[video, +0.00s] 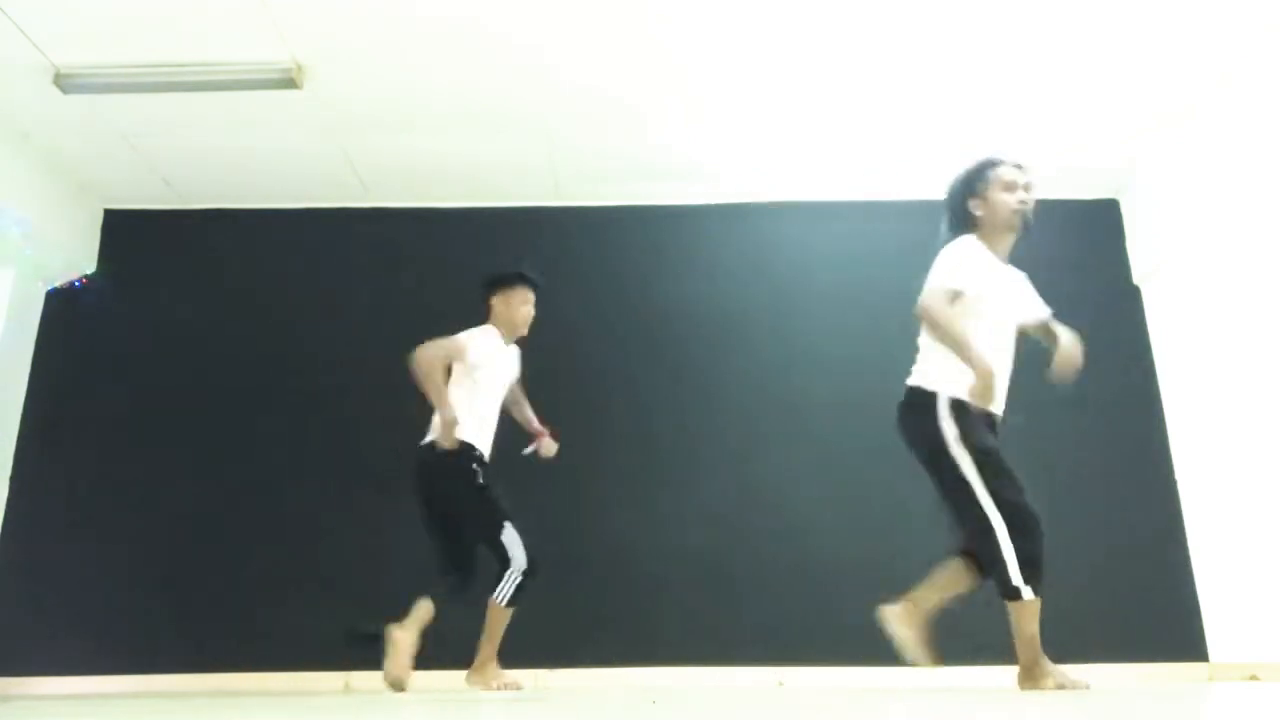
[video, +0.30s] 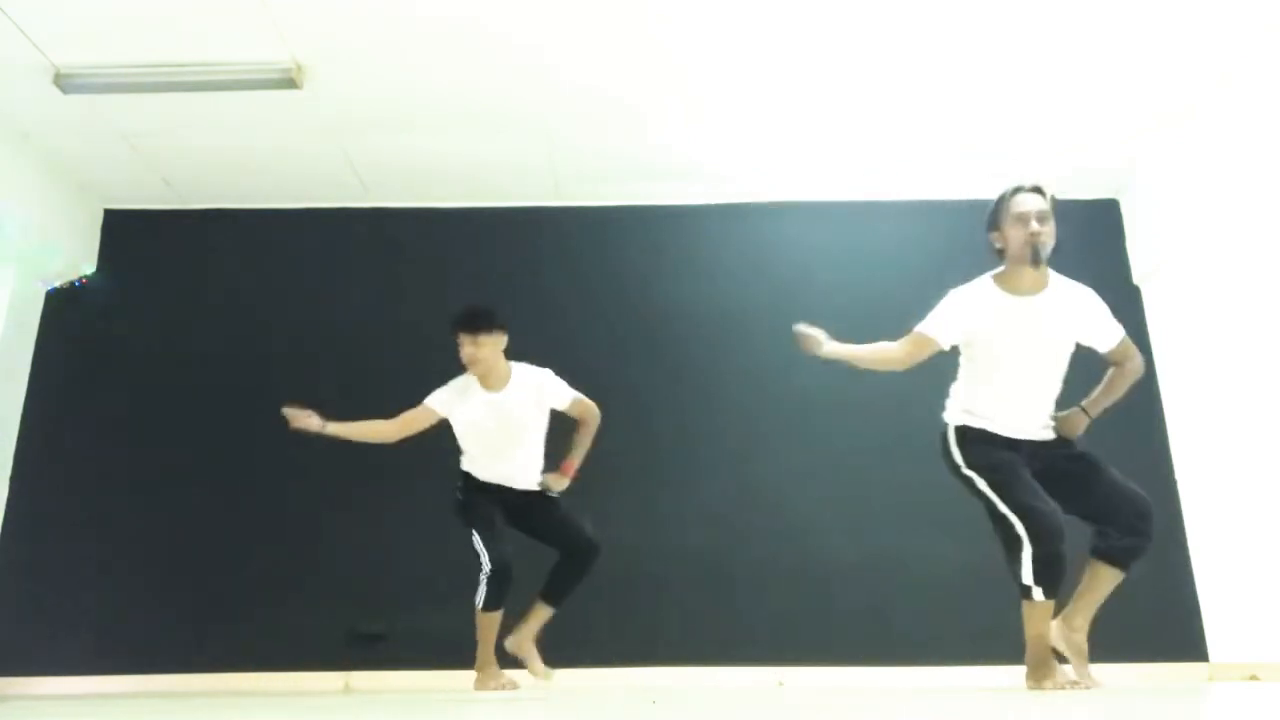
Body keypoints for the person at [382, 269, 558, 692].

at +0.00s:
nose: (531, 314)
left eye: (532, 305)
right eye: (524, 304)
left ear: (522, 310)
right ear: (497, 305)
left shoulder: (509, 354)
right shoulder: (479, 339)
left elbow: (513, 397)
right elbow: (424, 357)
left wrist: (538, 431)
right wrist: (444, 411)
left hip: (442, 461)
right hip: (458, 461)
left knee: (458, 568)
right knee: (517, 561)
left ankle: (406, 632)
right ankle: (485, 666)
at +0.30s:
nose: (466, 354)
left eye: (474, 345)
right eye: (462, 346)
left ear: (501, 343)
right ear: (460, 349)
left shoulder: (538, 382)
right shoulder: (456, 394)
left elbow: (590, 414)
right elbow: (393, 430)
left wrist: (566, 472)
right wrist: (323, 426)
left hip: (526, 492)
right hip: (477, 490)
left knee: (583, 547)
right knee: (497, 567)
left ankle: (524, 635)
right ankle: (486, 667)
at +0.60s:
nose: (479, 358)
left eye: (486, 348)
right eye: (476, 350)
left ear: (514, 345)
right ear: (477, 354)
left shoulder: (560, 380)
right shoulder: (482, 401)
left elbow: (622, 409)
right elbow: (417, 420)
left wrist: (601, 469)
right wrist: (345, 416)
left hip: (568, 492)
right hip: (520, 493)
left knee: (625, 540)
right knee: (525, 567)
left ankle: (594, 638)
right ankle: (491, 670)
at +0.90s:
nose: (568, 346)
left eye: (577, 337)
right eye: (563, 338)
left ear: (599, 337)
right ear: (557, 341)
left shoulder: (634, 375)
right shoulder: (552, 388)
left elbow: (680, 414)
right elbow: (536, 439)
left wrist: (654, 468)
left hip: (619, 490)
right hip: (572, 489)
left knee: (675, 561)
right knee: (558, 576)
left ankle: (706, 666)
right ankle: (499, 665)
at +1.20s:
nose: (688, 371)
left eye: (696, 363)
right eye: (680, 361)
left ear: (705, 368)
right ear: (664, 362)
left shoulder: (704, 408)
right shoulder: (643, 401)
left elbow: (711, 457)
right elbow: (626, 473)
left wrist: (693, 484)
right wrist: (680, 472)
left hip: (653, 501)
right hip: (610, 495)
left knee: (714, 556)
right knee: (639, 574)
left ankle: (714, 665)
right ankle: (589, 648)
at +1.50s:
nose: (687, 381)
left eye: (689, 374)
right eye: (682, 371)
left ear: (662, 372)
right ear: (656, 367)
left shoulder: (638, 397)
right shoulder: (650, 396)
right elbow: (636, 444)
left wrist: (657, 485)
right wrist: (664, 488)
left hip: (599, 497)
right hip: (589, 494)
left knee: (663, 573)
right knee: (640, 592)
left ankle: (709, 664)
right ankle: (563, 660)